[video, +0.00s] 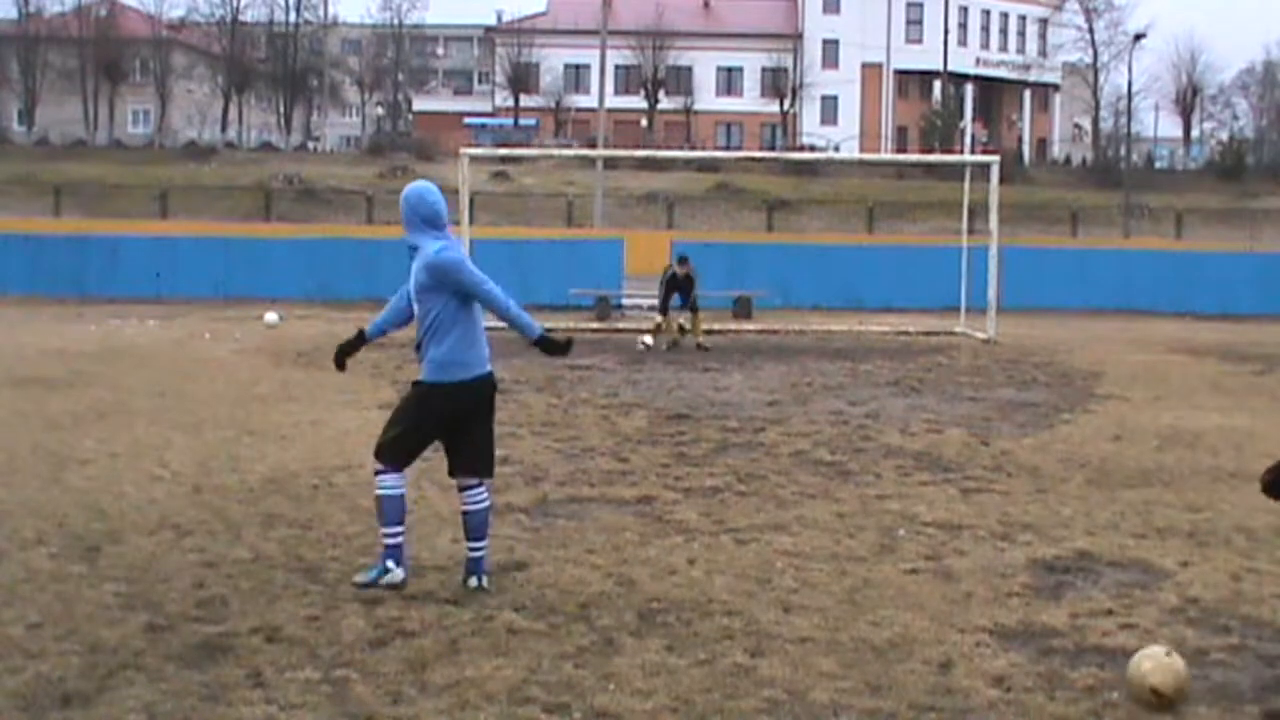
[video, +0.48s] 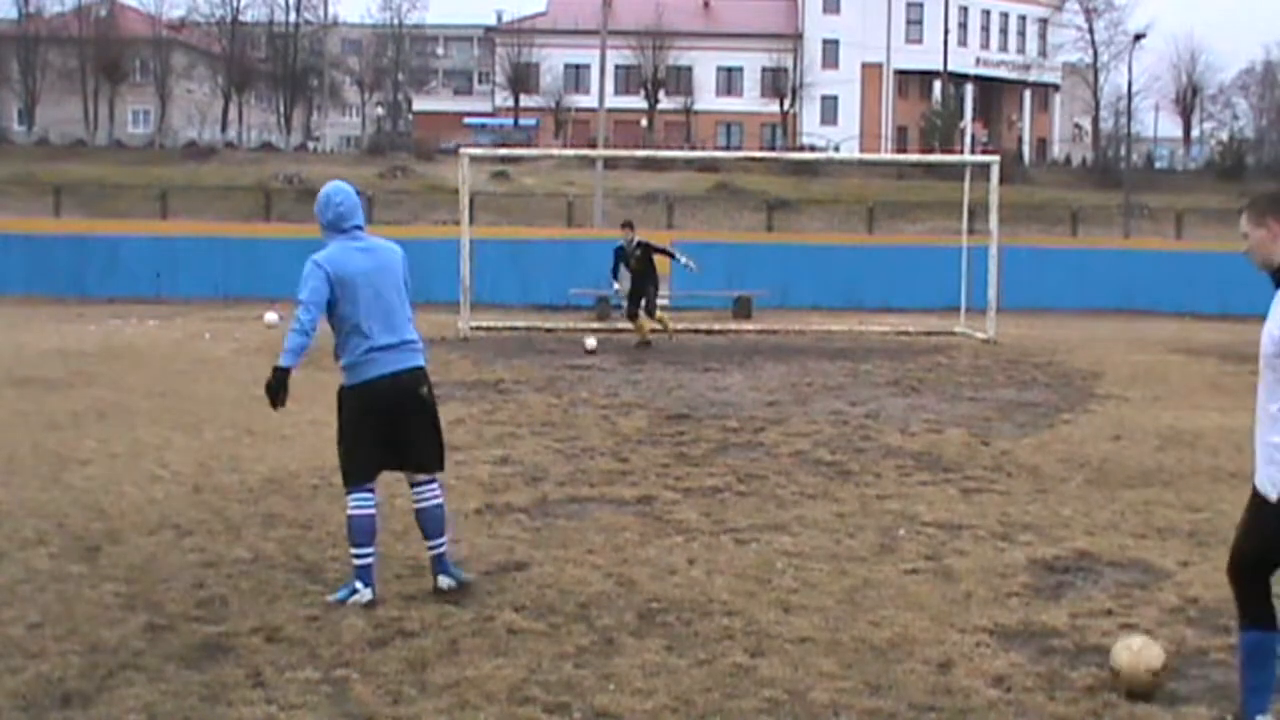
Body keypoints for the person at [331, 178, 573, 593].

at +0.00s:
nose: (401, 223)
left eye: (403, 217)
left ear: (407, 218)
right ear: (441, 213)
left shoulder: (437, 257)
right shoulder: (432, 259)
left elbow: (491, 295)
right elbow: (401, 310)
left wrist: (538, 335)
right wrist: (361, 338)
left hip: (441, 385)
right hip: (476, 382)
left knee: (388, 461)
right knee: (471, 476)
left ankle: (392, 563)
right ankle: (477, 571)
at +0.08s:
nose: (387, 226)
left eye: (388, 219)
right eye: (388, 219)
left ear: (394, 220)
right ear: (426, 213)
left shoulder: (424, 258)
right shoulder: (420, 257)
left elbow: (478, 302)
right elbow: (406, 312)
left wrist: (493, 351)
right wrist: (381, 343)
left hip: (429, 387)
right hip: (464, 385)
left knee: (391, 475)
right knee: (467, 478)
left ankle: (360, 569)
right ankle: (476, 571)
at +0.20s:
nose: (363, 228)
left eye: (364, 220)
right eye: (368, 219)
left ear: (370, 222)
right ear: (403, 216)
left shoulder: (395, 264)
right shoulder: (416, 254)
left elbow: (441, 318)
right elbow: (416, 318)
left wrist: (457, 358)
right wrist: (386, 351)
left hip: (406, 392)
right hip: (443, 390)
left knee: (380, 480)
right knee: (455, 478)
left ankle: (366, 581)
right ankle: (475, 572)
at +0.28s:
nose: (347, 227)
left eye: (347, 220)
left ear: (352, 222)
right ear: (387, 215)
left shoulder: (368, 265)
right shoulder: (409, 255)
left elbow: (406, 319)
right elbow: (389, 326)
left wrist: (439, 370)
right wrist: (360, 366)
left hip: (389, 393)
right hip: (430, 388)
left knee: (370, 484)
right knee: (444, 479)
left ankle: (364, 582)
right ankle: (472, 569)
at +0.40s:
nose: (329, 225)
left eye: (328, 218)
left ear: (331, 221)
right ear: (369, 213)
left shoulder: (335, 261)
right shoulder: (399, 254)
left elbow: (346, 322)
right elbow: (403, 313)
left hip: (371, 386)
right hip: (418, 378)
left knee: (362, 482)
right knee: (433, 474)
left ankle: (364, 582)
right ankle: (459, 567)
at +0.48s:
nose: (319, 220)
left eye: (319, 215)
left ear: (322, 218)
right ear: (359, 211)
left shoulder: (322, 262)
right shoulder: (393, 251)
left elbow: (307, 320)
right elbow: (403, 306)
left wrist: (282, 367)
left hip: (362, 388)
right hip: (412, 378)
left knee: (361, 485)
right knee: (425, 475)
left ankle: (364, 582)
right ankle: (442, 569)